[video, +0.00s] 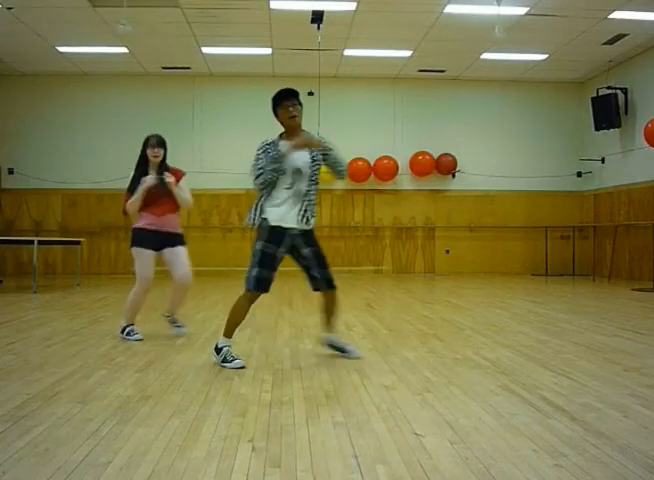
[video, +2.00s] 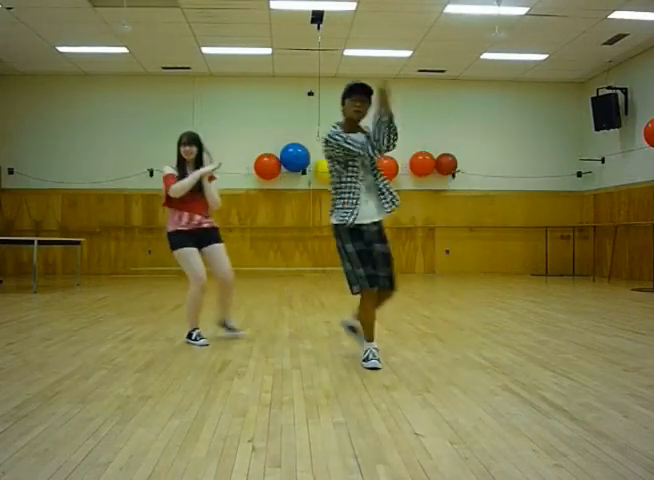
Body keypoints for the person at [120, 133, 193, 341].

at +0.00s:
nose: (155, 151)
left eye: (159, 147)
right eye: (151, 147)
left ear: (165, 151)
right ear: (145, 151)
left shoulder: (176, 175)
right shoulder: (139, 177)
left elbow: (187, 204)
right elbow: (130, 209)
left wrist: (174, 187)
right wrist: (143, 188)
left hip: (171, 231)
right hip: (145, 230)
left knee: (184, 277)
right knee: (144, 280)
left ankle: (171, 314)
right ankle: (128, 325)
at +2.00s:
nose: (187, 149)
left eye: (192, 145)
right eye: (184, 145)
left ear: (199, 148)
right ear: (179, 149)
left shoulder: (206, 173)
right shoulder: (171, 172)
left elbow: (215, 204)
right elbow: (175, 192)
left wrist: (206, 178)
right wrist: (200, 172)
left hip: (206, 227)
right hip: (180, 230)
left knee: (226, 276)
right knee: (199, 278)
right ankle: (193, 330)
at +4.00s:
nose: (249, 143)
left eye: (252, 138)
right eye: (244, 140)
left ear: (259, 140)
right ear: (239, 144)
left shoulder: (272, 164)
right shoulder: (234, 172)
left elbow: (283, 196)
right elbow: (231, 207)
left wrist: (287, 221)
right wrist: (234, 231)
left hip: (273, 225)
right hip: (246, 229)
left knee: (276, 277)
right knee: (244, 279)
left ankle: (283, 326)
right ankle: (260, 327)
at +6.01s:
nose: (211, 152)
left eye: (211, 148)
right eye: (209, 148)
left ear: (190, 146)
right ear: (200, 147)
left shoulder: (181, 167)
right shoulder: (191, 168)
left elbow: (174, 201)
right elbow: (196, 204)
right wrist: (227, 203)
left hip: (183, 228)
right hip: (200, 227)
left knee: (190, 280)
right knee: (208, 281)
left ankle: (158, 322)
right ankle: (182, 329)